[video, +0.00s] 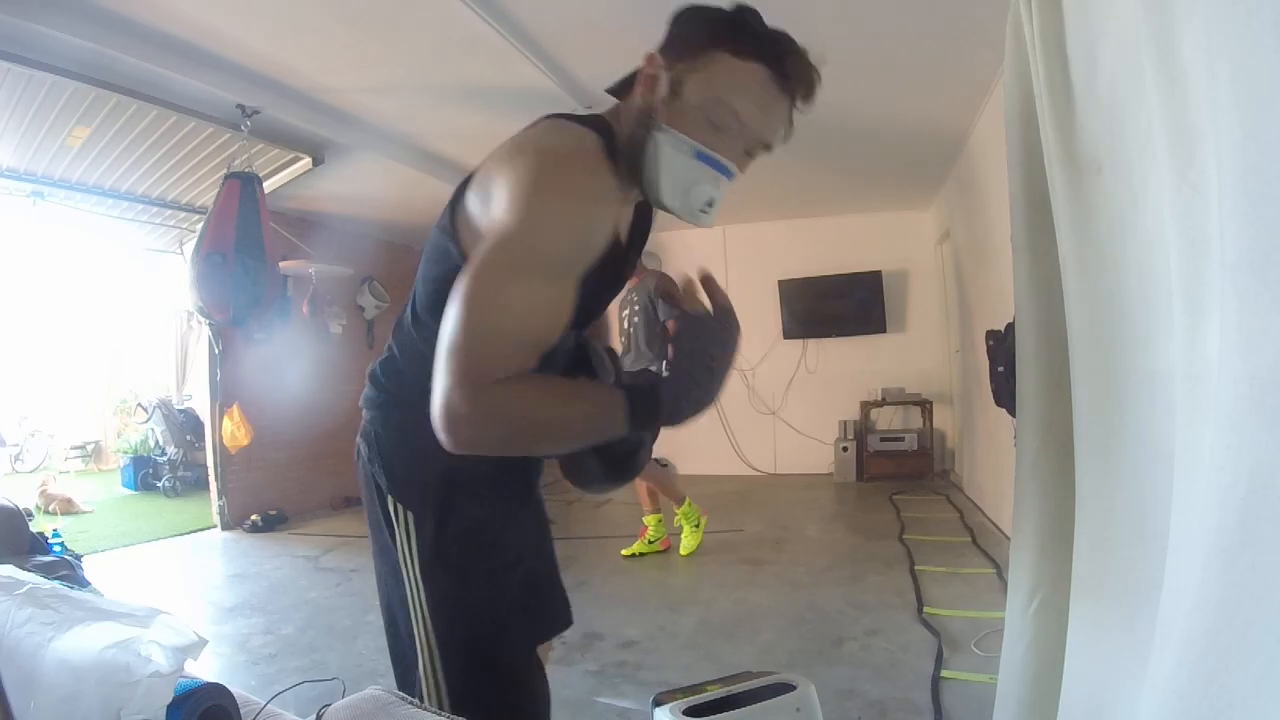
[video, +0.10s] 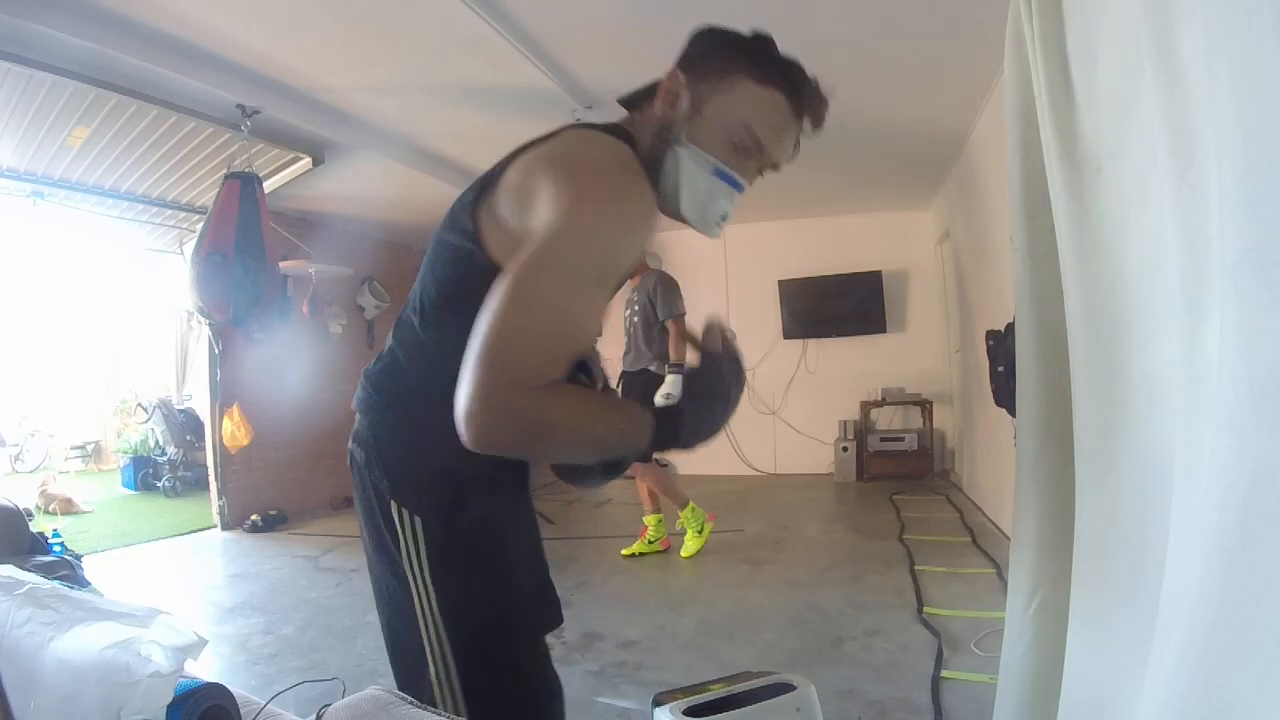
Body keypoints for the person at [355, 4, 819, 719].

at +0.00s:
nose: (726, 164)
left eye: (751, 150)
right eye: (718, 126)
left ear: (764, 154)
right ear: (651, 79)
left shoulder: (627, 184)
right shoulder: (559, 176)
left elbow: (565, 339)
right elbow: (466, 415)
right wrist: (655, 400)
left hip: (499, 449)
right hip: (436, 459)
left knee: (526, 645)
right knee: (494, 701)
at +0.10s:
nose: (743, 180)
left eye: (763, 170)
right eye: (741, 145)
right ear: (675, 95)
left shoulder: (610, 177)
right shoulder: (601, 185)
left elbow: (562, 346)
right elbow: (492, 413)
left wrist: (599, 438)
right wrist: (665, 422)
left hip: (466, 453)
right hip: (431, 459)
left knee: (514, 681)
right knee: (503, 701)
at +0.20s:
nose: (751, 205)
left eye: (767, 192)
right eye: (751, 173)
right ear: (686, 122)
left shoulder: (610, 182)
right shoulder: (633, 207)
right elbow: (519, 420)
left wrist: (634, 441)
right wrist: (671, 445)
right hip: (426, 466)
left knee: (524, 674)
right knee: (517, 703)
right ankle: (347, 709)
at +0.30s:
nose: (755, 229)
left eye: (770, 217)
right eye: (754, 197)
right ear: (695, 145)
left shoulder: (613, 197)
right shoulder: (641, 223)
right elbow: (531, 430)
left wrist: (639, 445)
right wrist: (670, 458)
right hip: (421, 472)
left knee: (522, 654)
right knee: (521, 704)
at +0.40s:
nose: (749, 224)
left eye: (765, 212)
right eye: (750, 192)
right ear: (693, 139)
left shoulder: (612, 193)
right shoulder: (632, 214)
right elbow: (520, 416)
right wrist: (665, 449)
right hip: (419, 469)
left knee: (509, 681)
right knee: (511, 704)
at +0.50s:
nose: (741, 199)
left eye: (756, 187)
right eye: (742, 169)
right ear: (679, 117)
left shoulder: (612, 187)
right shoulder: (600, 186)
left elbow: (548, 351)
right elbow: (488, 397)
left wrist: (579, 441)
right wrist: (656, 425)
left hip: (467, 457)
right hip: (420, 461)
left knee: (509, 677)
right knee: (485, 703)